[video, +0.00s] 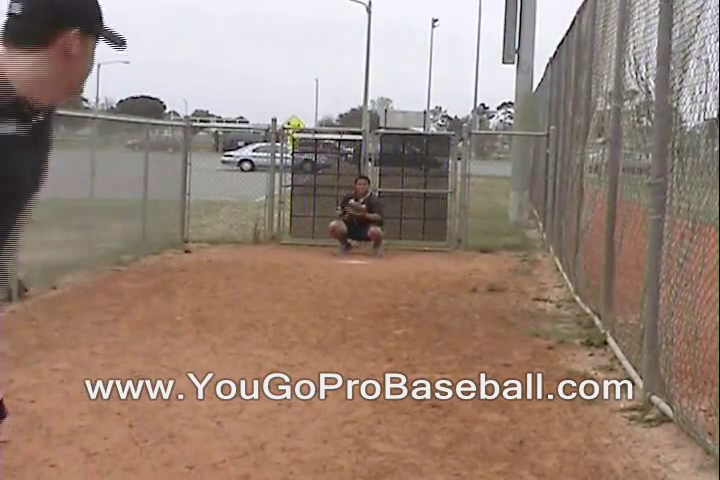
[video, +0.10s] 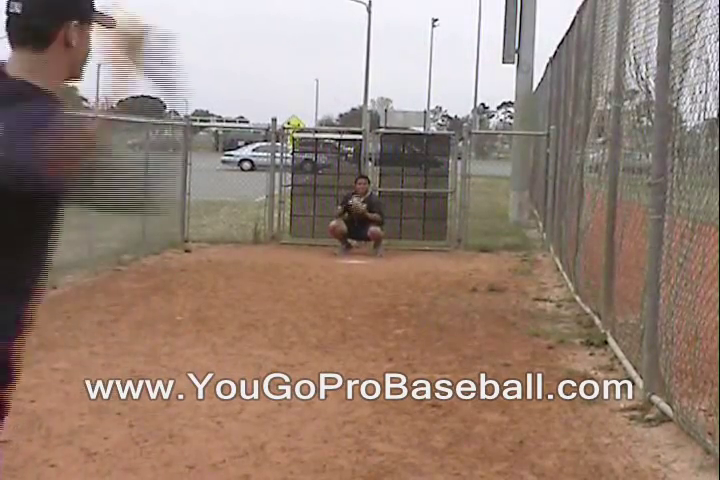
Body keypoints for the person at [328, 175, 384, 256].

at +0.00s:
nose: (361, 187)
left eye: (364, 184)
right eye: (359, 184)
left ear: (368, 187)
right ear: (355, 186)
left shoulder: (373, 200)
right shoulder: (348, 198)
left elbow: (379, 217)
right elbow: (339, 213)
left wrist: (363, 215)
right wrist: (346, 215)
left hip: (366, 227)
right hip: (351, 226)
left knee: (376, 231)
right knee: (334, 226)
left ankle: (377, 245)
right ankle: (346, 245)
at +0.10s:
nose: (361, 187)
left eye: (364, 184)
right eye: (359, 184)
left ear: (368, 186)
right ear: (355, 186)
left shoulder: (373, 199)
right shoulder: (349, 197)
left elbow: (380, 219)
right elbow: (338, 214)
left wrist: (364, 213)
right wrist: (347, 207)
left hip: (366, 227)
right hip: (351, 226)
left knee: (375, 231)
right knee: (334, 226)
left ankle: (377, 246)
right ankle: (346, 245)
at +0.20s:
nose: (362, 187)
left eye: (364, 184)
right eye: (359, 184)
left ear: (368, 186)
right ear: (355, 186)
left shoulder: (373, 200)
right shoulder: (349, 197)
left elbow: (379, 220)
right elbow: (338, 214)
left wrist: (363, 212)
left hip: (366, 227)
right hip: (351, 226)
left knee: (375, 231)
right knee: (334, 226)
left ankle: (377, 246)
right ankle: (346, 245)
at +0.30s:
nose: (362, 187)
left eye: (364, 184)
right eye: (359, 184)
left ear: (368, 186)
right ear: (355, 186)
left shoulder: (373, 200)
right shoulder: (349, 197)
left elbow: (378, 220)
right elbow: (337, 214)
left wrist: (361, 211)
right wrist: (347, 209)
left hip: (366, 227)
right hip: (350, 226)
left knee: (375, 231)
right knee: (334, 225)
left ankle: (377, 245)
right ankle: (346, 244)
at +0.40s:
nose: (362, 187)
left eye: (364, 184)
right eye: (359, 184)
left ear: (368, 186)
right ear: (355, 186)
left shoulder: (373, 200)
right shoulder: (349, 198)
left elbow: (379, 220)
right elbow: (337, 214)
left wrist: (362, 211)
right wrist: (347, 210)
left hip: (366, 226)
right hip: (350, 226)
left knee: (375, 231)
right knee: (333, 225)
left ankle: (377, 245)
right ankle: (346, 244)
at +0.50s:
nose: (361, 187)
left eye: (364, 184)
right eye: (359, 184)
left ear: (368, 186)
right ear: (354, 186)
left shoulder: (373, 199)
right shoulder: (349, 197)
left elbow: (378, 219)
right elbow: (338, 213)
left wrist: (363, 208)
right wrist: (348, 208)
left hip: (366, 227)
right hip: (351, 226)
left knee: (376, 231)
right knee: (334, 225)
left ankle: (377, 245)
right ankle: (346, 245)